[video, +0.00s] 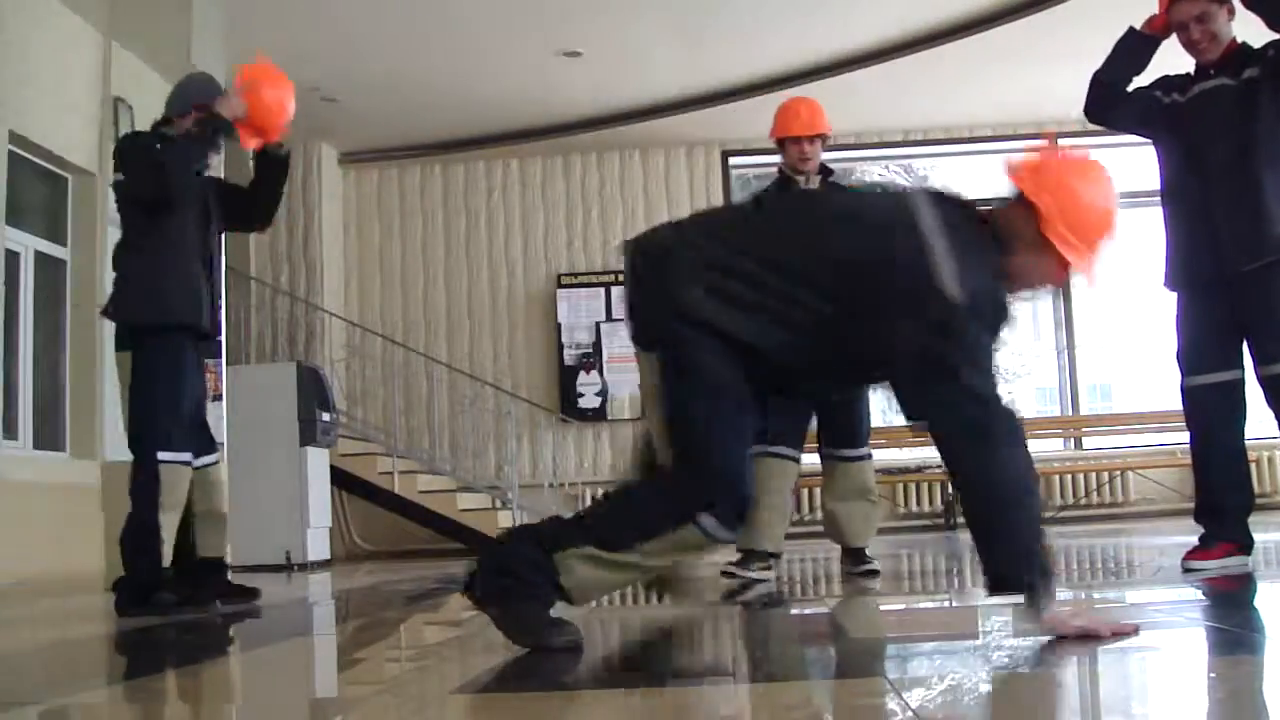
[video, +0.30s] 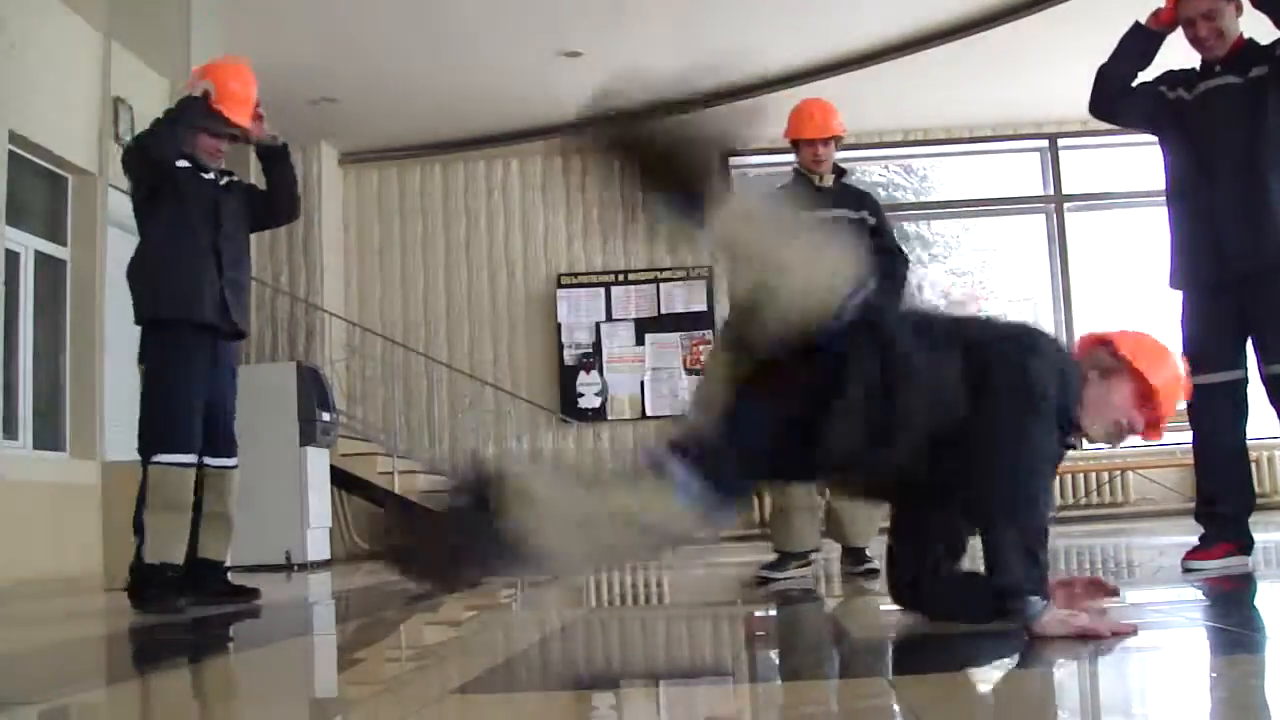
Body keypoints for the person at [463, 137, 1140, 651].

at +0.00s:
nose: (1061, 284)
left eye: (1070, 271)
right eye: (1064, 265)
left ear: (1027, 219)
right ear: (1032, 234)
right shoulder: (943, 284)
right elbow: (982, 438)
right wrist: (1038, 597)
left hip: (737, 290)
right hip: (688, 293)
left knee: (724, 471)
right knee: (712, 484)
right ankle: (522, 566)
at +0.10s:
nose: (1112, 365)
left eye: (1124, 354)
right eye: (1122, 345)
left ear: (1087, 295)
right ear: (1097, 304)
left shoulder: (983, 304)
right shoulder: (1008, 313)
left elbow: (929, 462)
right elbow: (991, 461)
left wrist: (1017, 561)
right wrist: (1032, 608)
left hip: (740, 289)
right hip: (751, 302)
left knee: (617, 416)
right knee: (709, 496)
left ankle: (433, 460)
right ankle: (494, 556)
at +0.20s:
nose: (1136, 414)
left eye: (1151, 408)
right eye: (1148, 394)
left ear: (1121, 387)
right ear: (1121, 350)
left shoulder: (983, 416)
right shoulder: (1049, 339)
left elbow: (927, 548)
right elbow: (1022, 460)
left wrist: (1035, 610)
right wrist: (1028, 598)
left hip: (784, 394)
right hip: (812, 289)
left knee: (596, 431)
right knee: (734, 416)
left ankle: (373, 439)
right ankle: (504, 475)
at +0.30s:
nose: (1132, 430)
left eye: (1143, 427)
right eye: (1137, 410)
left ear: (1111, 404)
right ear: (1105, 365)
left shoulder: (983, 464)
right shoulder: (1039, 365)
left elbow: (920, 586)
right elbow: (1018, 479)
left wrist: (1035, 614)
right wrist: (1029, 600)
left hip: (757, 440)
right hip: (805, 339)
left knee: (672, 508)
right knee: (837, 264)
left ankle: (485, 521)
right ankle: (695, 189)